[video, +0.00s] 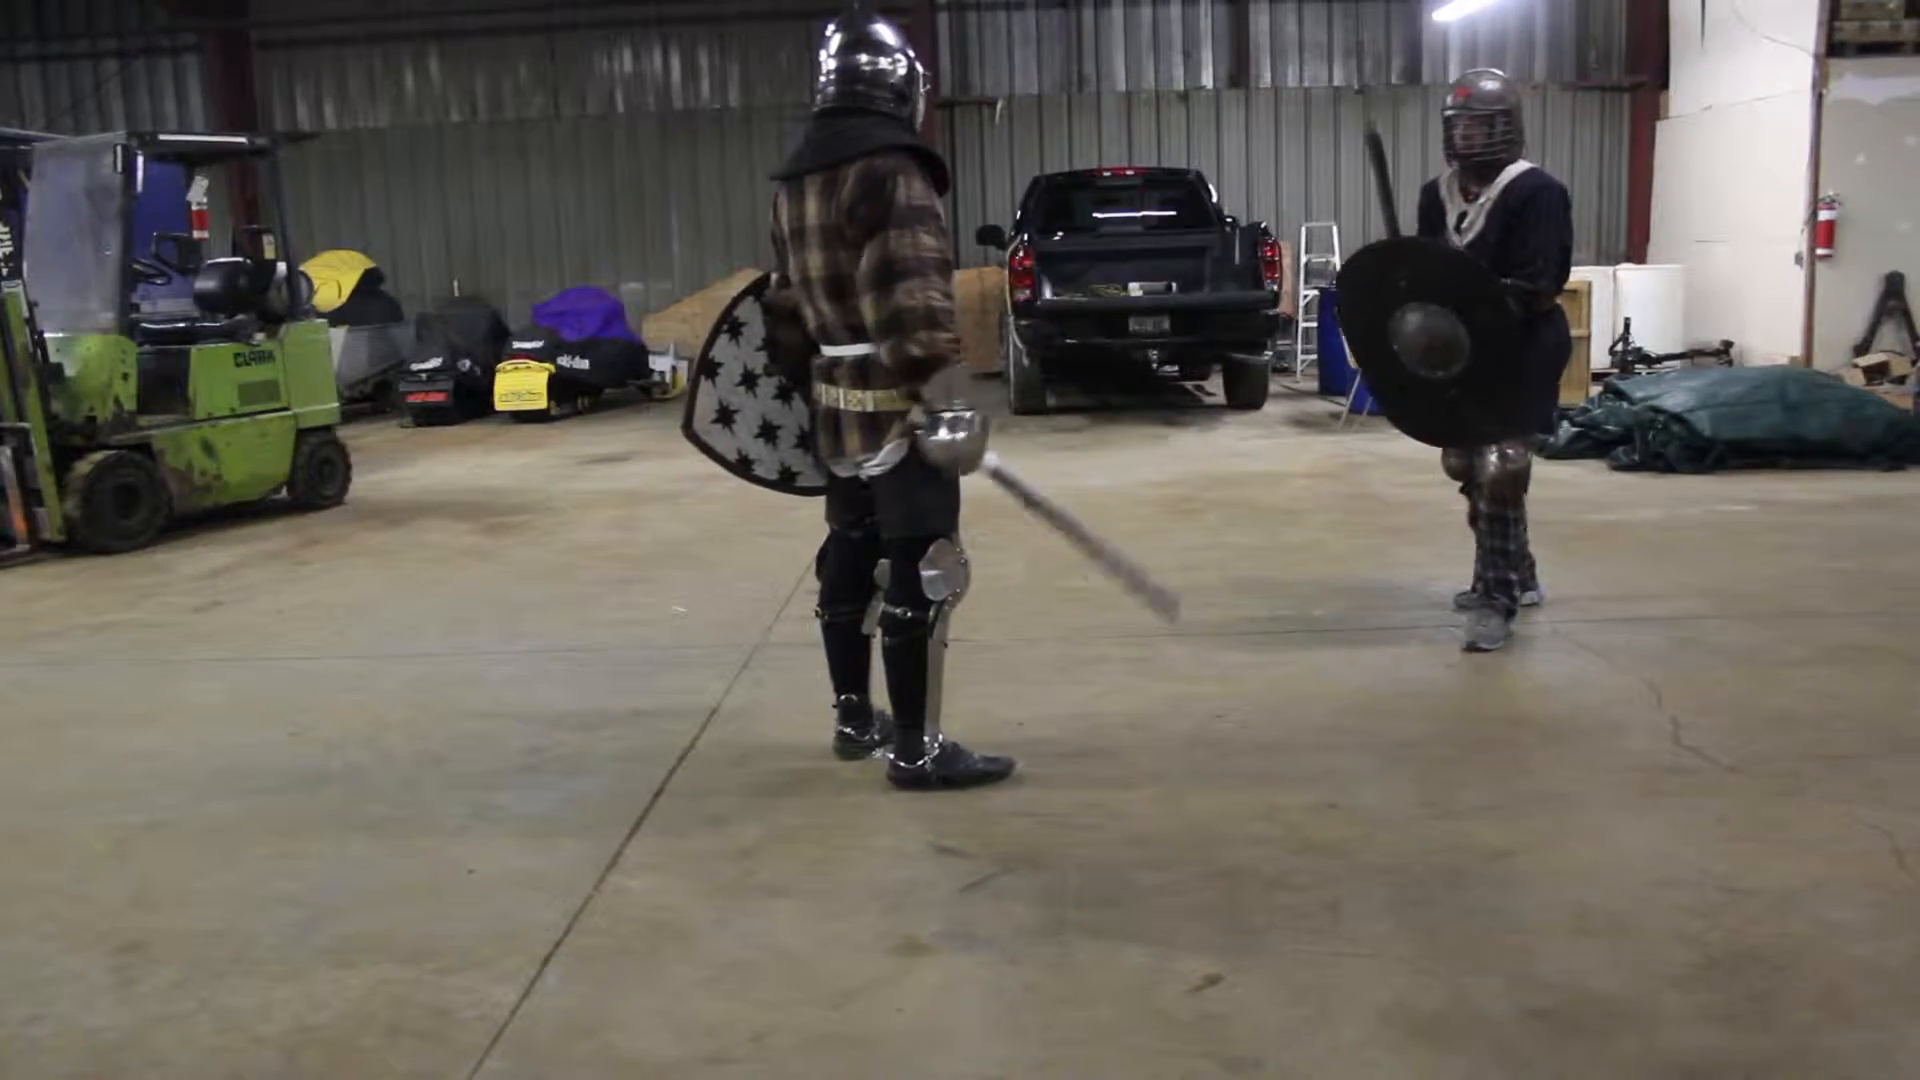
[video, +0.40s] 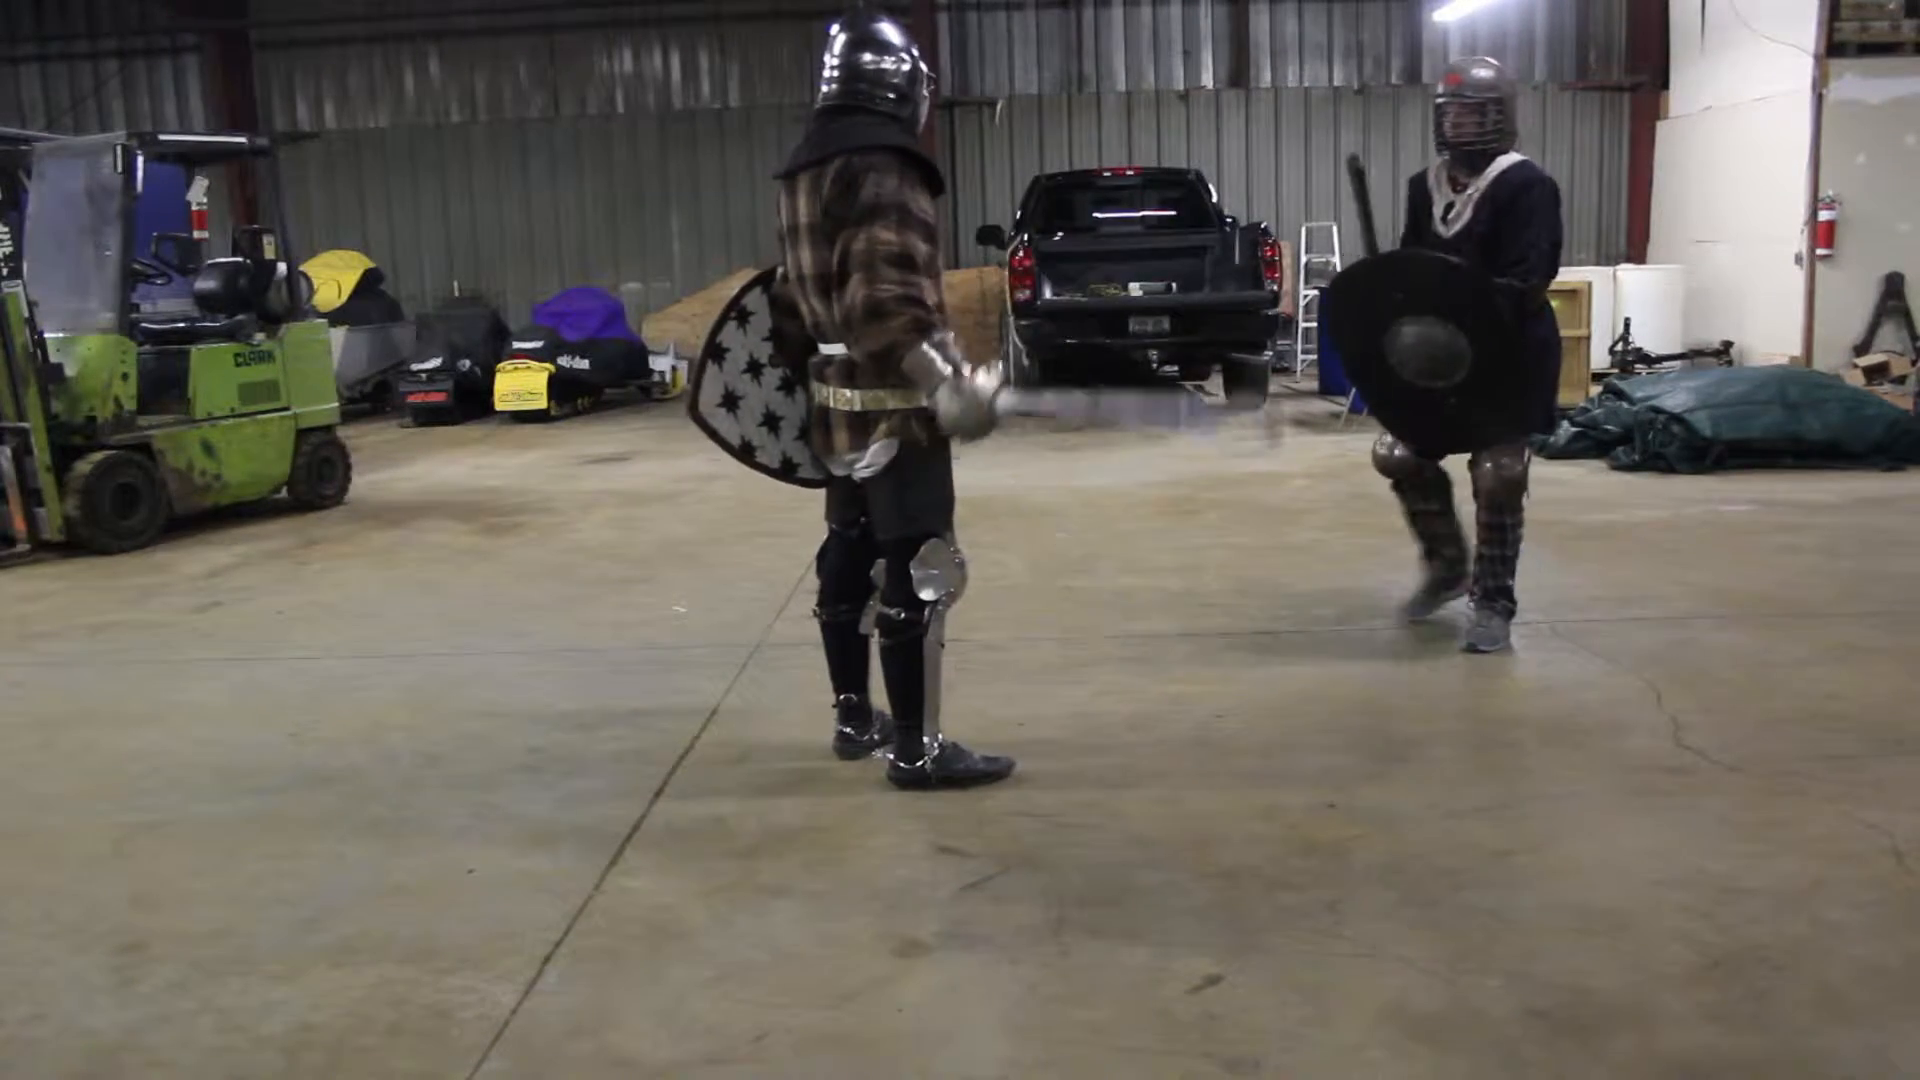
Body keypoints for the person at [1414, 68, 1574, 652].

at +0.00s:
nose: (1471, 133)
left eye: (1484, 121)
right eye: (1461, 122)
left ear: (1509, 127)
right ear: (1447, 129)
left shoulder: (1537, 192)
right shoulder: (1435, 196)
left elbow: (1543, 279)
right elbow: (1428, 273)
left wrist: (1473, 311)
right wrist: (1421, 324)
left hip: (1524, 354)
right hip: (1464, 355)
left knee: (1501, 465)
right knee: (1465, 463)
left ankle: (1494, 598)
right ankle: (1515, 573)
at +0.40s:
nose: (1464, 122)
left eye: (1479, 111)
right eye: (1454, 111)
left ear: (1504, 117)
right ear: (1440, 118)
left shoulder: (1528, 186)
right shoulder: (1424, 187)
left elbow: (1529, 281)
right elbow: (1411, 273)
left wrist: (1460, 307)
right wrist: (1396, 334)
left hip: (1514, 359)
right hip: (1443, 357)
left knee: (1499, 470)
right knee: (1400, 456)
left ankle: (1492, 604)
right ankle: (1446, 565)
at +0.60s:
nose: (1432, 131)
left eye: (1446, 120)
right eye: (1423, 120)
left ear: (1477, 122)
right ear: (1414, 125)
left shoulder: (1509, 188)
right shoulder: (1406, 189)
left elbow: (1519, 271)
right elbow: (1374, 262)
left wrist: (1459, 302)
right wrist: (1327, 283)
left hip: (1495, 367)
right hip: (1419, 364)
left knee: (1487, 480)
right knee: (1396, 469)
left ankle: (1491, 609)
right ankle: (1364, 597)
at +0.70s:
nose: (1421, 139)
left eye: (1436, 125)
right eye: (1411, 126)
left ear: (1464, 127)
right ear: (1397, 129)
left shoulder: (1494, 191)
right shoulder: (1386, 192)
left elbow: (1500, 275)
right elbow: (1346, 251)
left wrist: (1452, 256)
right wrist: (1293, 245)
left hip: (1487, 356)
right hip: (1417, 357)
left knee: (1478, 479)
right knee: (1389, 470)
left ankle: (1490, 609)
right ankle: (1367, 603)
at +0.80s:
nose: (1415, 127)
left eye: (1428, 115)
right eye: (1405, 115)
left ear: (1449, 123)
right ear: (1391, 120)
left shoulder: (1474, 187)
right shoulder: (1374, 188)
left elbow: (1459, 246)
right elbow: (1305, 244)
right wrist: (1270, 211)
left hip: (1473, 335)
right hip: (1408, 336)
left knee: (1466, 476)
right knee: (1374, 467)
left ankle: (1489, 607)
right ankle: (1368, 600)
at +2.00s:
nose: (1453, 146)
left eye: (1467, 133)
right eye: (1442, 135)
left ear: (1490, 139)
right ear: (1427, 141)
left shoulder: (1522, 201)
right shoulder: (1413, 206)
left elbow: (1517, 272)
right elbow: (1353, 268)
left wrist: (1462, 212)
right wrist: (1317, 231)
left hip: (1514, 350)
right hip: (1444, 351)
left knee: (1513, 488)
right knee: (1398, 472)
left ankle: (1509, 599)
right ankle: (1375, 600)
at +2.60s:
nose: (1414, 147)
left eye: (1428, 135)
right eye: (1402, 136)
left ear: (1449, 139)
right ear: (1387, 140)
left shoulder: (1476, 209)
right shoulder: (1379, 202)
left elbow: (1465, 295)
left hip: (1466, 354)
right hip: (1394, 352)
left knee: (1470, 490)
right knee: (1351, 477)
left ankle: (1503, 598)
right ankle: (1346, 609)